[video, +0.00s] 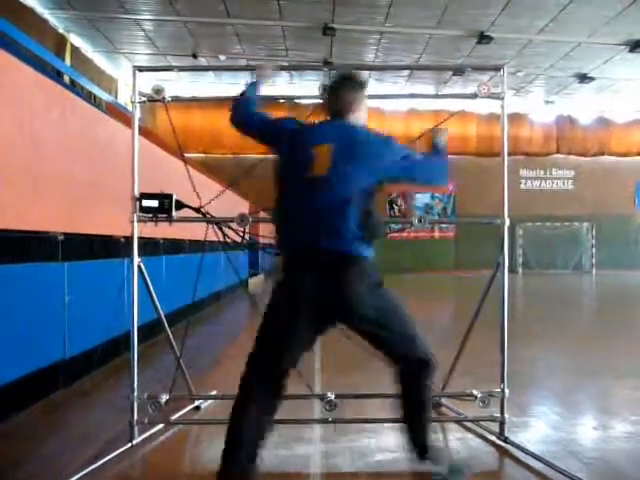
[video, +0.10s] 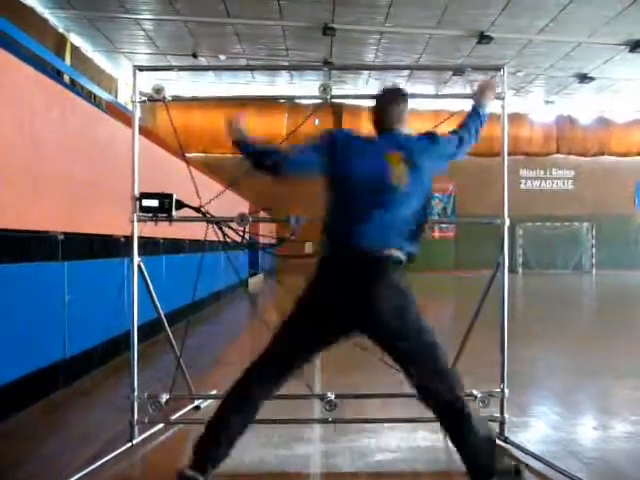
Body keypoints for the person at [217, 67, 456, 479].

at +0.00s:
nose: (365, 110)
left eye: (361, 103)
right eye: (364, 104)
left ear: (325, 105)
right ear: (360, 106)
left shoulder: (293, 135)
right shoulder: (369, 145)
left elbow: (242, 116)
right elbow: (436, 175)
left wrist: (257, 81)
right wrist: (438, 148)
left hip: (298, 278)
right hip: (351, 279)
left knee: (264, 373)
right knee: (415, 358)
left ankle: (235, 469)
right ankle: (423, 448)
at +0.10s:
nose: (399, 113)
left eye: (393, 106)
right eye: (402, 108)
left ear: (373, 115)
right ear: (407, 117)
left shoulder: (343, 145)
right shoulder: (424, 151)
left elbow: (285, 163)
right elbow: (463, 140)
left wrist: (245, 144)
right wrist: (481, 104)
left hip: (331, 282)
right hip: (383, 286)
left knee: (267, 371)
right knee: (440, 387)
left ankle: (199, 464)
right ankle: (489, 469)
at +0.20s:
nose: (427, 138)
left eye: (422, 132)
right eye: (426, 132)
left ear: (391, 140)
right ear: (425, 140)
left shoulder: (373, 174)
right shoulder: (444, 173)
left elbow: (344, 223)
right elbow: (470, 149)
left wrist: (287, 228)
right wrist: (483, 109)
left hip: (353, 298)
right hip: (403, 301)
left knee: (288, 381)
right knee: (472, 385)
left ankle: (220, 462)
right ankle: (496, 469)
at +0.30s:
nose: (390, 143)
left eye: (384, 137)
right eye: (401, 135)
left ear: (381, 141)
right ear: (414, 142)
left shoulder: (368, 176)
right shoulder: (441, 183)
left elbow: (344, 235)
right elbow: (478, 193)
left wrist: (293, 237)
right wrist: (477, 153)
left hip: (357, 303)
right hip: (407, 305)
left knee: (297, 391)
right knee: (478, 391)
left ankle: (275, 471)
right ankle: (495, 473)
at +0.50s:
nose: (333, 118)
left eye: (331, 112)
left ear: (331, 116)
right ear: (365, 115)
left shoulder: (314, 154)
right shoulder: (386, 148)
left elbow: (249, 167)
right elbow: (416, 115)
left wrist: (256, 126)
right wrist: (371, 96)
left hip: (314, 278)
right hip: (363, 279)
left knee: (263, 356)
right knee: (413, 368)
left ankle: (254, 464)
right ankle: (431, 464)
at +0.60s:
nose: (296, 114)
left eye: (298, 108)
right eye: (304, 107)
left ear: (301, 112)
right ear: (334, 112)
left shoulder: (285, 151)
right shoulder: (360, 144)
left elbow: (221, 166)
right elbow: (406, 132)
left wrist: (207, 125)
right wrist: (369, 111)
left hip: (295, 283)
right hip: (348, 282)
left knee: (234, 358)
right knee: (396, 368)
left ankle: (206, 451)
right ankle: (440, 461)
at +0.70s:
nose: (290, 136)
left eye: (276, 128)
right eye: (291, 130)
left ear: (257, 132)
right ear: (292, 136)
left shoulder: (237, 165)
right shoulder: (308, 174)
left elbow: (199, 133)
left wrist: (167, 101)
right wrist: (373, 174)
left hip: (274, 300)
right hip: (325, 295)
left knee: (212, 372)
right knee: (391, 368)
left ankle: (177, 462)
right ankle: (464, 453)